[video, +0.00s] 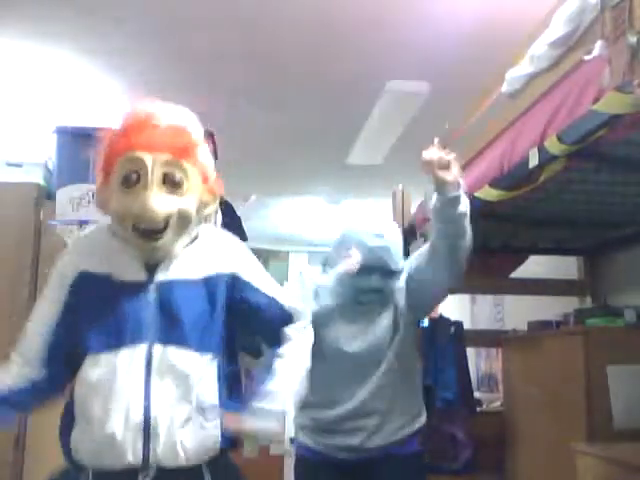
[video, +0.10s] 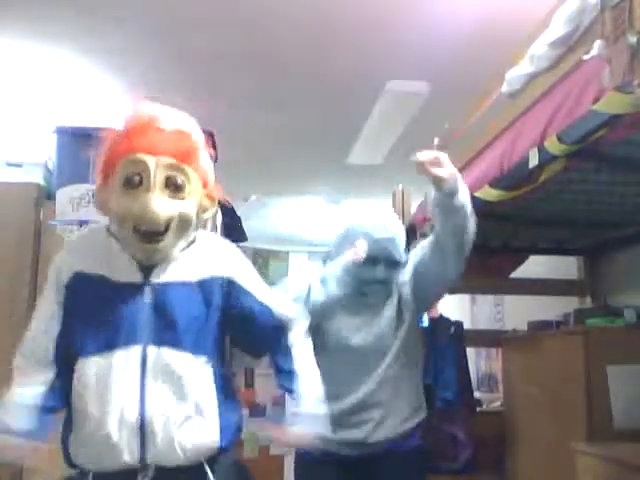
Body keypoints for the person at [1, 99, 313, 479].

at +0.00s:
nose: (149, 202)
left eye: (171, 181)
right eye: (132, 179)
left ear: (203, 194)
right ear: (105, 192)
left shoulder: (223, 258)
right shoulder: (84, 258)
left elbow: (293, 329)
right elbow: (36, 364)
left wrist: (266, 415)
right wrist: (5, 397)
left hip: (196, 468)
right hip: (98, 469)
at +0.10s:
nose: (152, 206)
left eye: (175, 185)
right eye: (134, 181)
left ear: (204, 202)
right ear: (104, 195)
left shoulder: (219, 263)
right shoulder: (78, 260)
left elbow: (286, 331)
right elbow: (41, 353)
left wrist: (306, 414)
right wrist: (22, 432)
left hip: (197, 464)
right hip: (100, 465)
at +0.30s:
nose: (162, 206)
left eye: (183, 189)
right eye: (144, 181)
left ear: (204, 199)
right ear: (113, 179)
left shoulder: (203, 260)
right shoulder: (74, 245)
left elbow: (244, 358)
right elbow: (25, 337)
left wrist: (332, 422)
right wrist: (79, 422)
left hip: (192, 453)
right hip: (102, 458)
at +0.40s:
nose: (161, 197)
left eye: (185, 179)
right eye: (146, 167)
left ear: (206, 194)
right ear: (110, 168)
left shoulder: (199, 245)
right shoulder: (73, 226)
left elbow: (226, 342)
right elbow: (13, 307)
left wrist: (302, 415)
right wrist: (58, 394)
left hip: (184, 440)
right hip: (94, 446)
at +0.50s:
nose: (156, 177)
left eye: (179, 161)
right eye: (139, 150)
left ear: (201, 172)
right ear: (108, 147)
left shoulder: (199, 219)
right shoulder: (68, 198)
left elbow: (222, 320)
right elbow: (10, 291)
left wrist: (265, 413)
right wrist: (24, 397)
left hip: (176, 424)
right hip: (76, 430)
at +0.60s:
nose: (143, 158)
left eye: (165, 139)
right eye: (124, 136)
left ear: (196, 150)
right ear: (94, 141)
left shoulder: (210, 212)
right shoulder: (68, 201)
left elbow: (231, 326)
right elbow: (13, 305)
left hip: (177, 433)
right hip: (78, 433)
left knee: (206, 467)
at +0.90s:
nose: (126, 188)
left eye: (149, 165)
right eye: (108, 167)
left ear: (190, 179)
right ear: (88, 180)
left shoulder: (216, 239)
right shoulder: (77, 247)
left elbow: (258, 328)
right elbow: (42, 350)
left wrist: (221, 398)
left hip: (193, 457)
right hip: (97, 459)